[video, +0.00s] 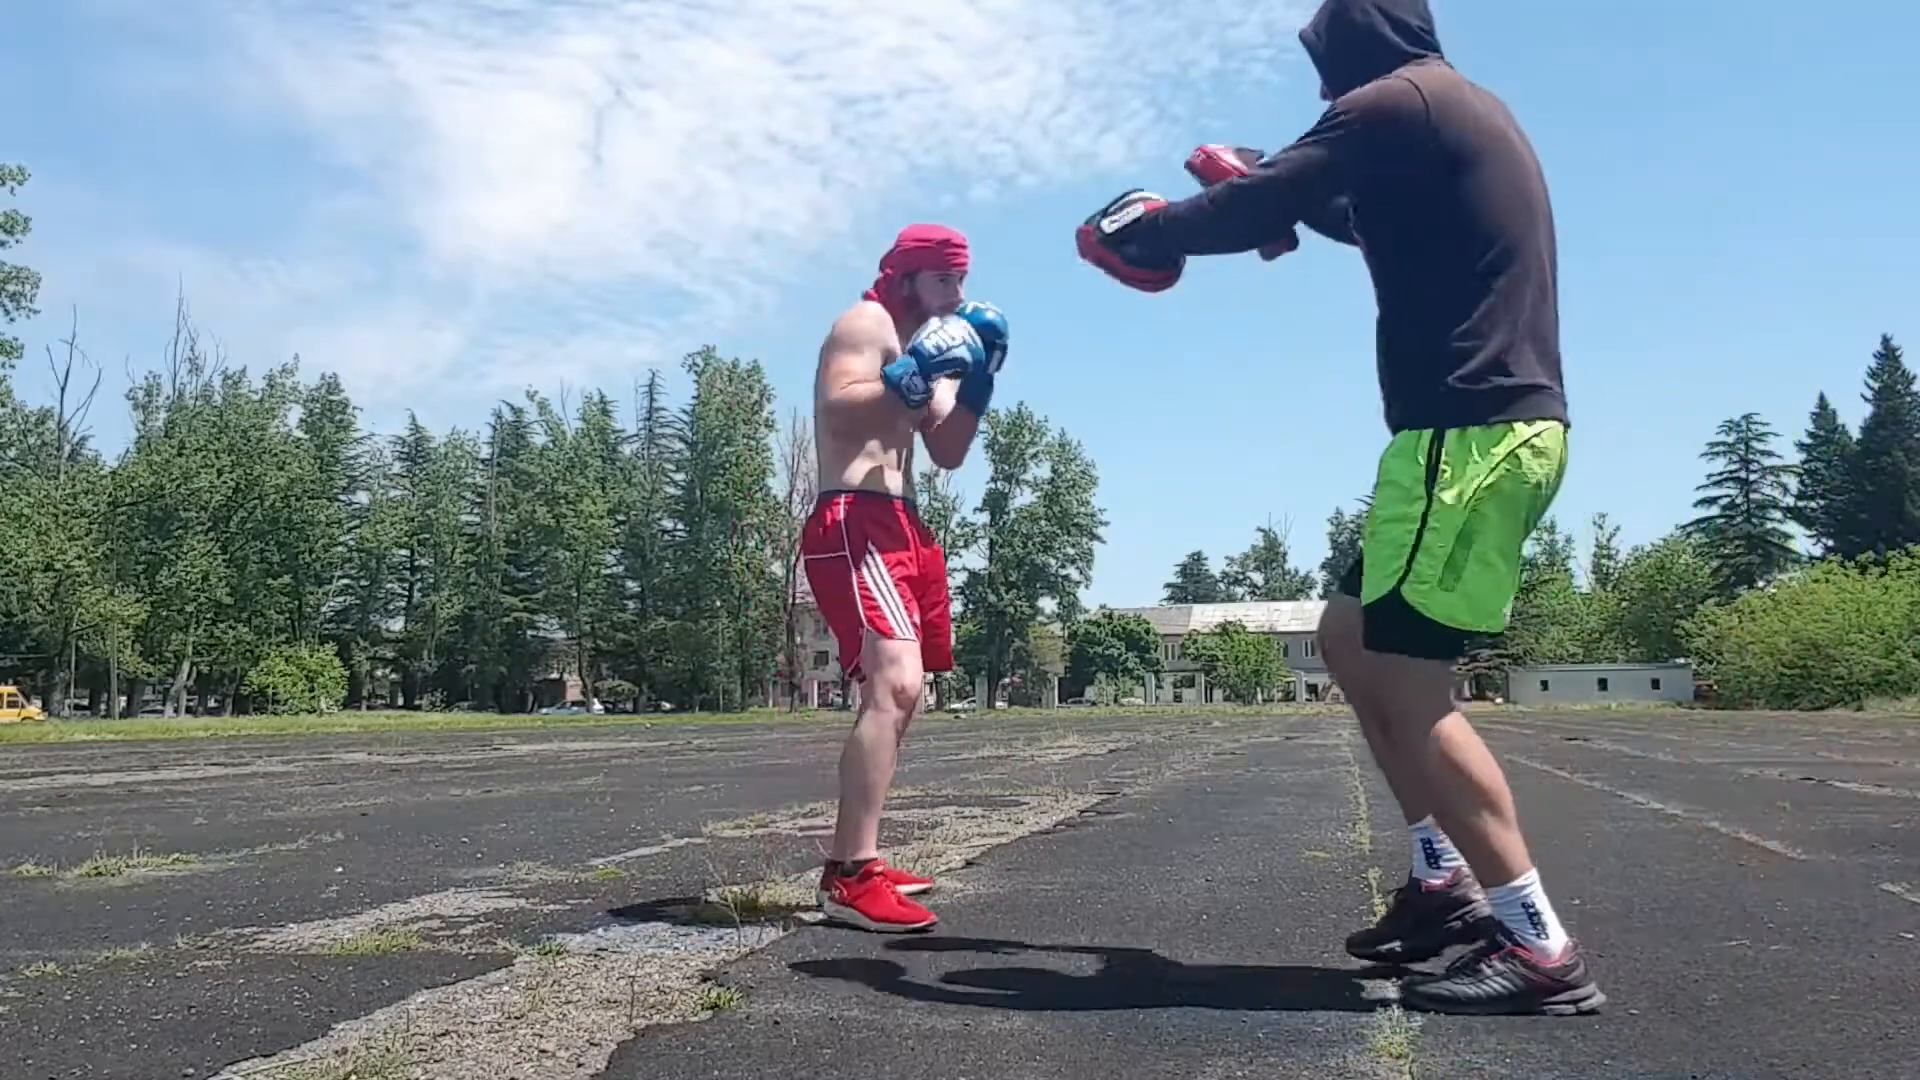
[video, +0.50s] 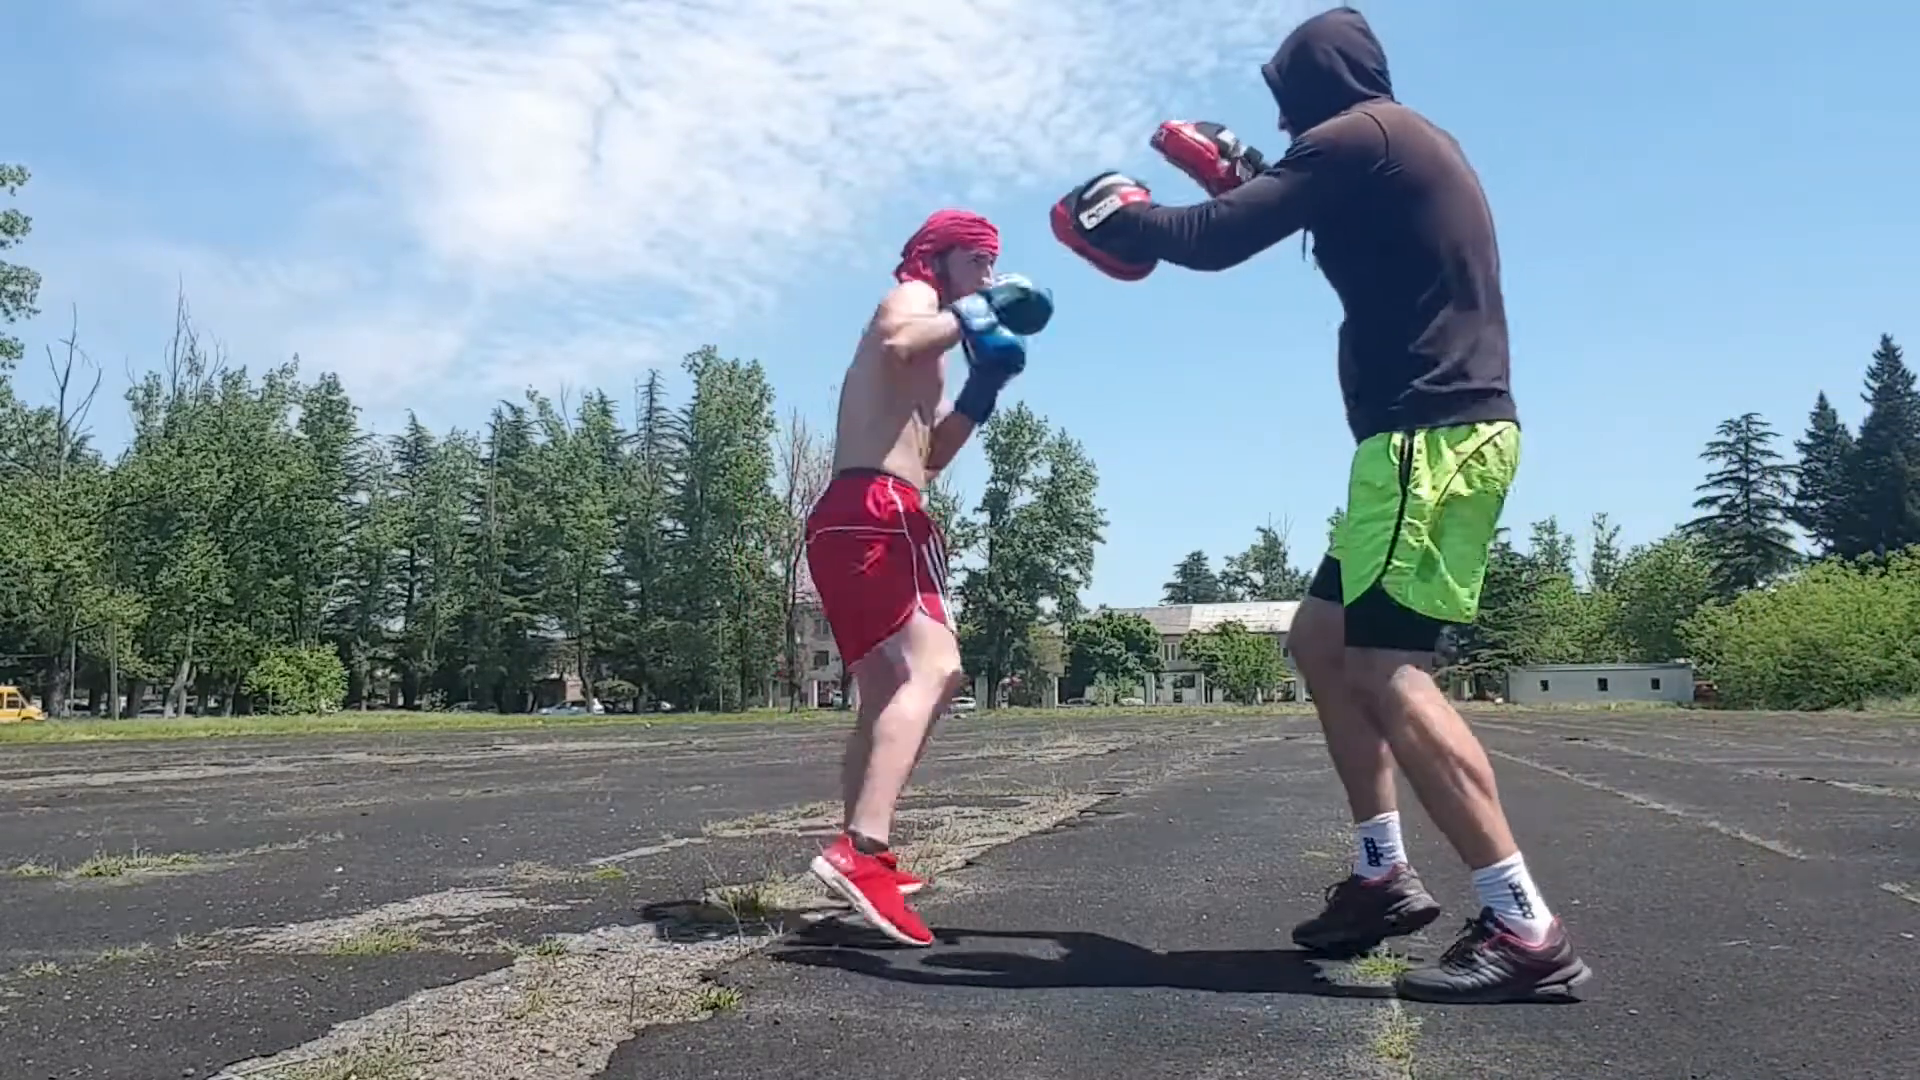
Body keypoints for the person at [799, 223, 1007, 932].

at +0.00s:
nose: (958, 292)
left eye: (961, 281)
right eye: (947, 278)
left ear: (947, 287)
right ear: (906, 275)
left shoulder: (927, 347)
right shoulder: (866, 320)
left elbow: (948, 451)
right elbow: (840, 400)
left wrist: (979, 376)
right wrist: (915, 379)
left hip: (901, 526)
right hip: (852, 520)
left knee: (909, 690)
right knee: (893, 683)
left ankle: (855, 857)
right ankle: (854, 869)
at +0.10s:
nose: (959, 292)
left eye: (961, 280)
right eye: (947, 277)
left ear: (941, 287)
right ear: (906, 278)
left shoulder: (916, 352)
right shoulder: (863, 335)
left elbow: (952, 451)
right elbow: (861, 430)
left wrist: (979, 373)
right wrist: (930, 382)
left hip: (903, 534)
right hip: (859, 531)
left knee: (902, 697)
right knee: (896, 693)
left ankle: (853, 858)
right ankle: (858, 872)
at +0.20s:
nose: (960, 289)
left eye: (962, 277)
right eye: (949, 275)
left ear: (933, 286)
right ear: (905, 277)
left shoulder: (927, 359)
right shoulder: (872, 332)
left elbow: (945, 453)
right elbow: (872, 431)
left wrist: (979, 377)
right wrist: (955, 395)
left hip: (899, 529)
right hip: (860, 527)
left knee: (908, 698)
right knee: (905, 693)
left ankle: (851, 860)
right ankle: (860, 870)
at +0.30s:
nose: (960, 294)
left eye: (962, 283)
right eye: (947, 281)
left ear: (945, 292)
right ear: (905, 284)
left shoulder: (933, 368)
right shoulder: (863, 340)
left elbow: (950, 463)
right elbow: (878, 429)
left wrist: (980, 389)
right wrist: (969, 419)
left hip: (895, 536)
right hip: (851, 532)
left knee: (912, 697)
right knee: (937, 667)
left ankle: (850, 859)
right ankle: (878, 841)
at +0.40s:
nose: (971, 296)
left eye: (974, 285)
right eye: (957, 282)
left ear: (965, 296)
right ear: (915, 286)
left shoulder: (946, 373)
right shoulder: (872, 341)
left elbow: (962, 473)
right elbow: (833, 433)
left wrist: (989, 394)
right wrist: (904, 427)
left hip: (897, 540)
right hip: (856, 535)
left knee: (901, 711)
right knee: (968, 629)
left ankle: (848, 861)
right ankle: (901, 803)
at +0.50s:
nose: (990, 276)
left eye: (992, 265)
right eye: (979, 261)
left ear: (964, 270)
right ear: (937, 258)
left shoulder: (926, 351)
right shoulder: (909, 296)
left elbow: (931, 456)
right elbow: (900, 341)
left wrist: (984, 386)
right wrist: (976, 311)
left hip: (867, 519)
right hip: (872, 511)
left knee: (884, 697)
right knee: (934, 667)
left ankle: (859, 852)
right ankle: (865, 845)